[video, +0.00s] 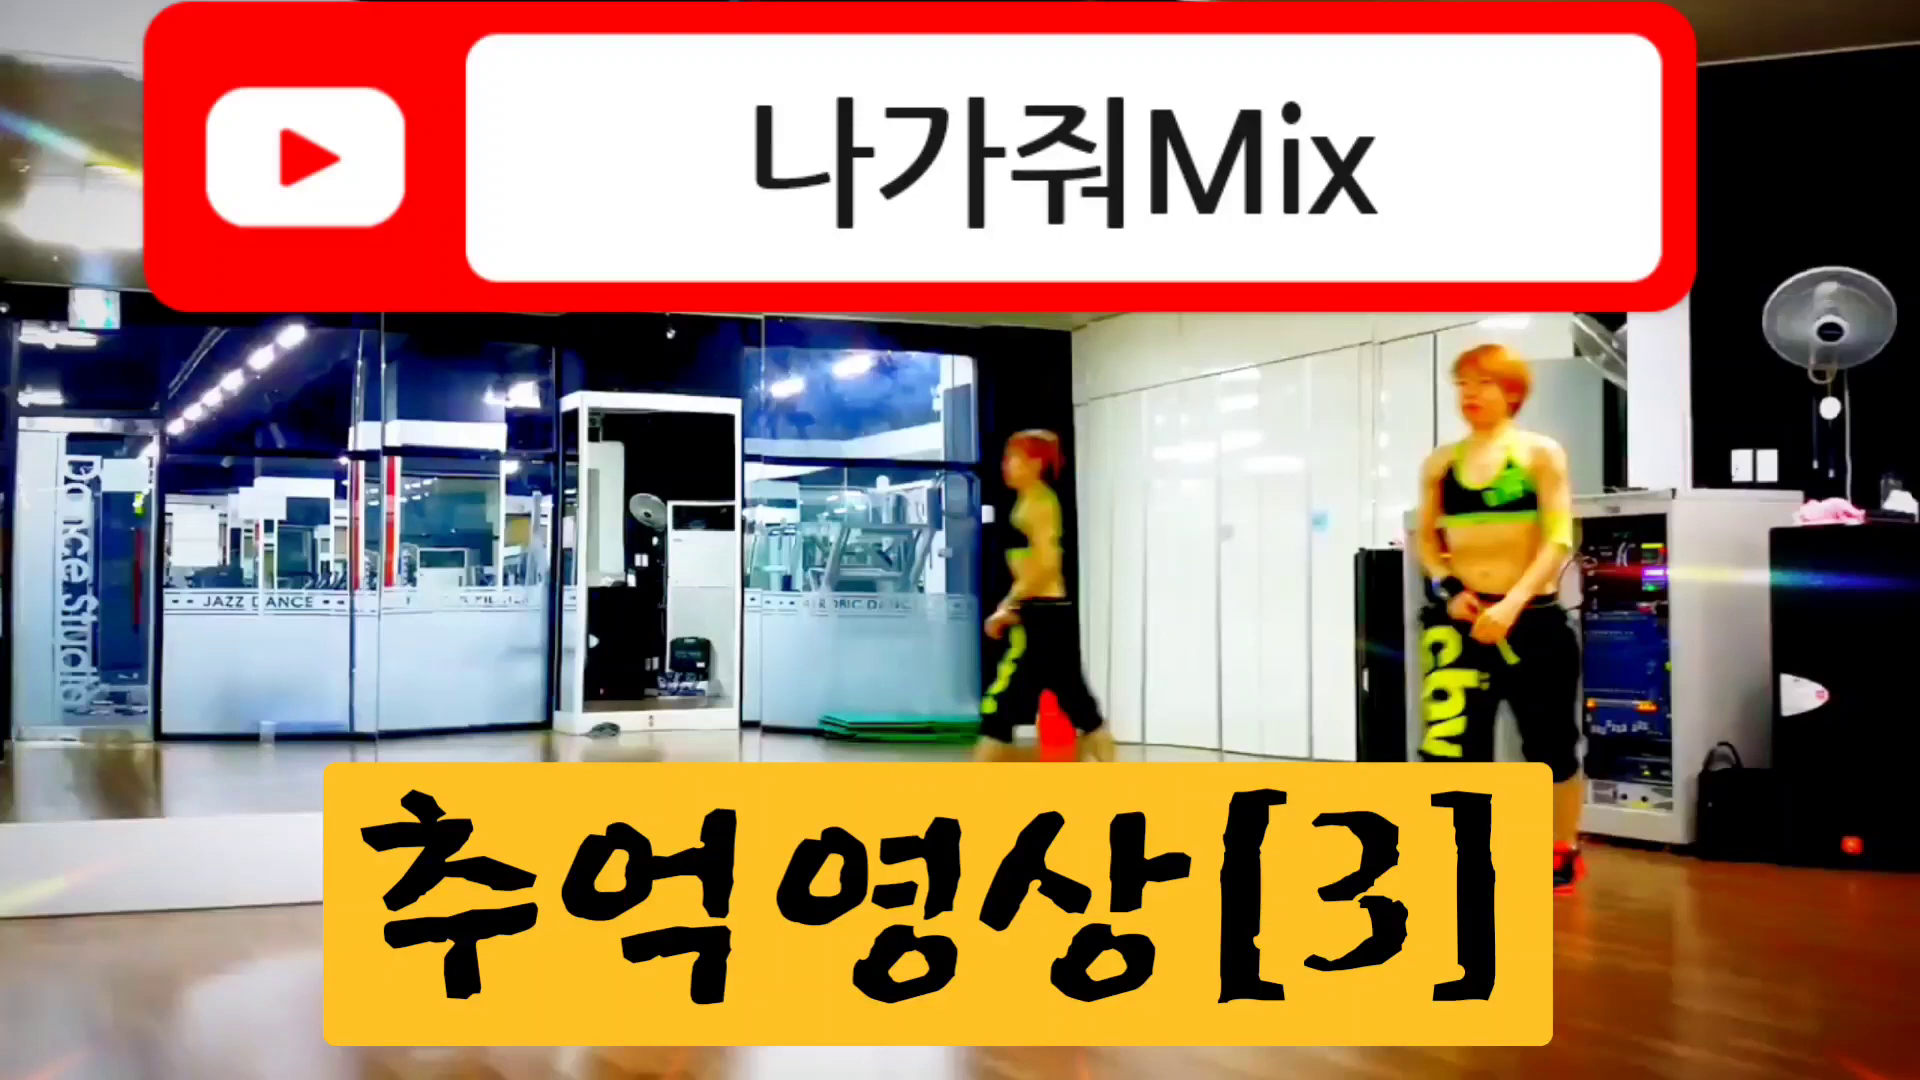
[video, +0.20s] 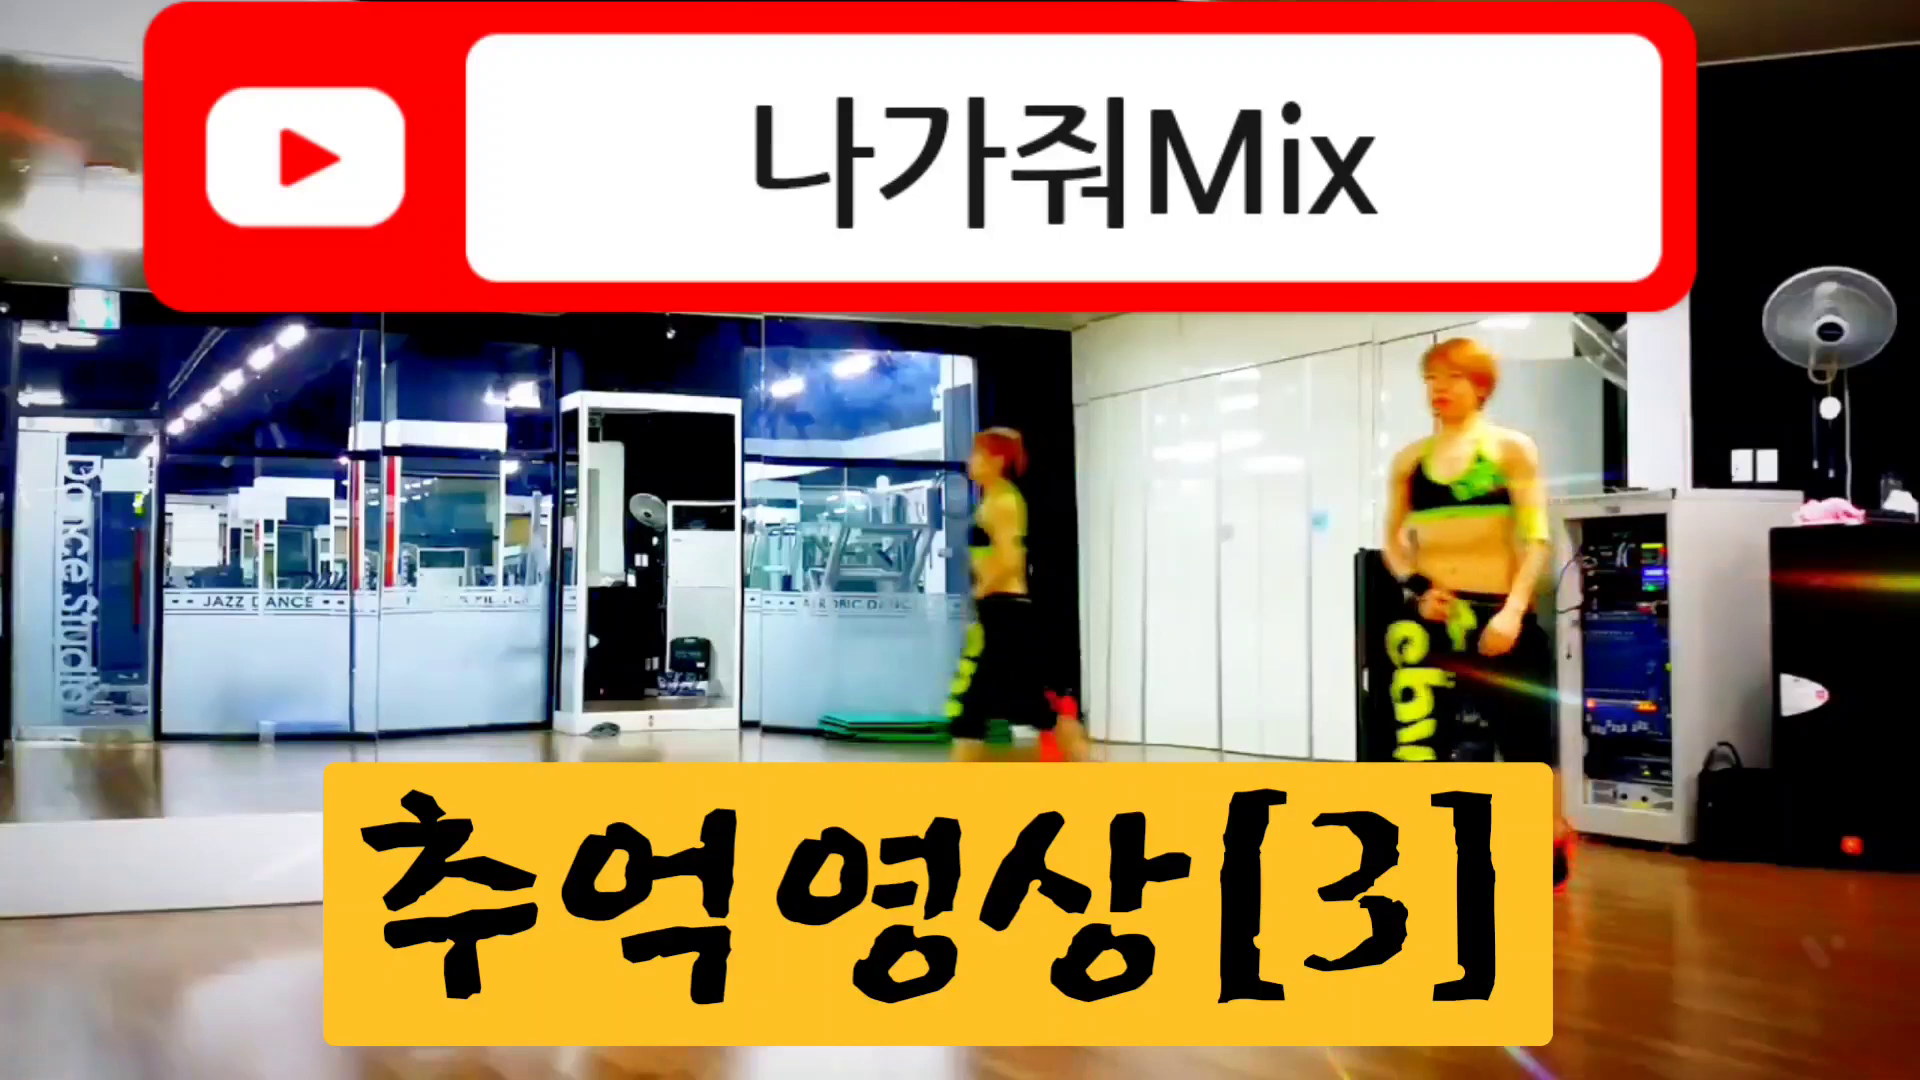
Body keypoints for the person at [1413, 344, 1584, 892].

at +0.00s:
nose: (1470, 395)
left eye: (1483, 384)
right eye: (1464, 384)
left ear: (1512, 393)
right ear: (1455, 392)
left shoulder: (1541, 456)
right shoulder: (1440, 464)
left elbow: (1559, 542)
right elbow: (1426, 542)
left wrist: (1510, 606)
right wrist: (1451, 589)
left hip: (1534, 621)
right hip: (1463, 624)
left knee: (1553, 749)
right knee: (1457, 753)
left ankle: (1562, 850)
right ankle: (1460, 854)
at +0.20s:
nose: (1439, 391)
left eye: (1451, 380)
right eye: (1433, 380)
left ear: (1480, 387)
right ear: (1426, 387)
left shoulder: (1513, 451)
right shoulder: (1409, 461)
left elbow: (1536, 540)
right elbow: (1394, 545)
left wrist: (1512, 613)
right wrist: (1420, 588)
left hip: (1503, 624)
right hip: (1434, 626)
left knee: (1524, 750)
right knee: (1435, 752)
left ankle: (1549, 842)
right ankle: (1442, 855)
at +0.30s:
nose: (1401, 372)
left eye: (1414, 362)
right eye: (1393, 362)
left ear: (1443, 371)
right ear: (1386, 370)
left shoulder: (1474, 436)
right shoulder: (1369, 447)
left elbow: (1504, 524)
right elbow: (1343, 524)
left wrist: (1523, 603)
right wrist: (1365, 574)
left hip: (1457, 602)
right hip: (1387, 605)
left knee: (1457, 736)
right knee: (1388, 736)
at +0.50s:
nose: (1355, 371)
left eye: (1369, 360)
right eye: (1348, 360)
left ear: (1397, 371)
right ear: (1338, 368)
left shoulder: (1424, 438)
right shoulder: (1321, 444)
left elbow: (1477, 521)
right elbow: (1282, 519)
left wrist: (1520, 598)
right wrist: (1304, 585)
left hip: (1409, 603)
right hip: (1341, 607)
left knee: (1385, 749)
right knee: (1371, 750)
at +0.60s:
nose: (1319, 375)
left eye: (1332, 364)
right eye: (1314, 365)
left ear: (1366, 374)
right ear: (1308, 371)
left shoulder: (1391, 442)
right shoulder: (1292, 446)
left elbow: (1451, 526)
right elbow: (1255, 521)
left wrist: (1499, 607)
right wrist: (1255, 584)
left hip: (1374, 611)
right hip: (1308, 615)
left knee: (1377, 753)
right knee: (1340, 752)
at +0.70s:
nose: (1265, 368)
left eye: (1276, 358)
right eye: (1264, 358)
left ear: (1314, 367)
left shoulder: (1343, 436)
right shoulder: (1257, 441)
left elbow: (1394, 531)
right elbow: (1245, 523)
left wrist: (1418, 619)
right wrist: (1221, 580)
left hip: (1323, 606)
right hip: (1261, 609)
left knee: (1303, 759)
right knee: (1262, 756)